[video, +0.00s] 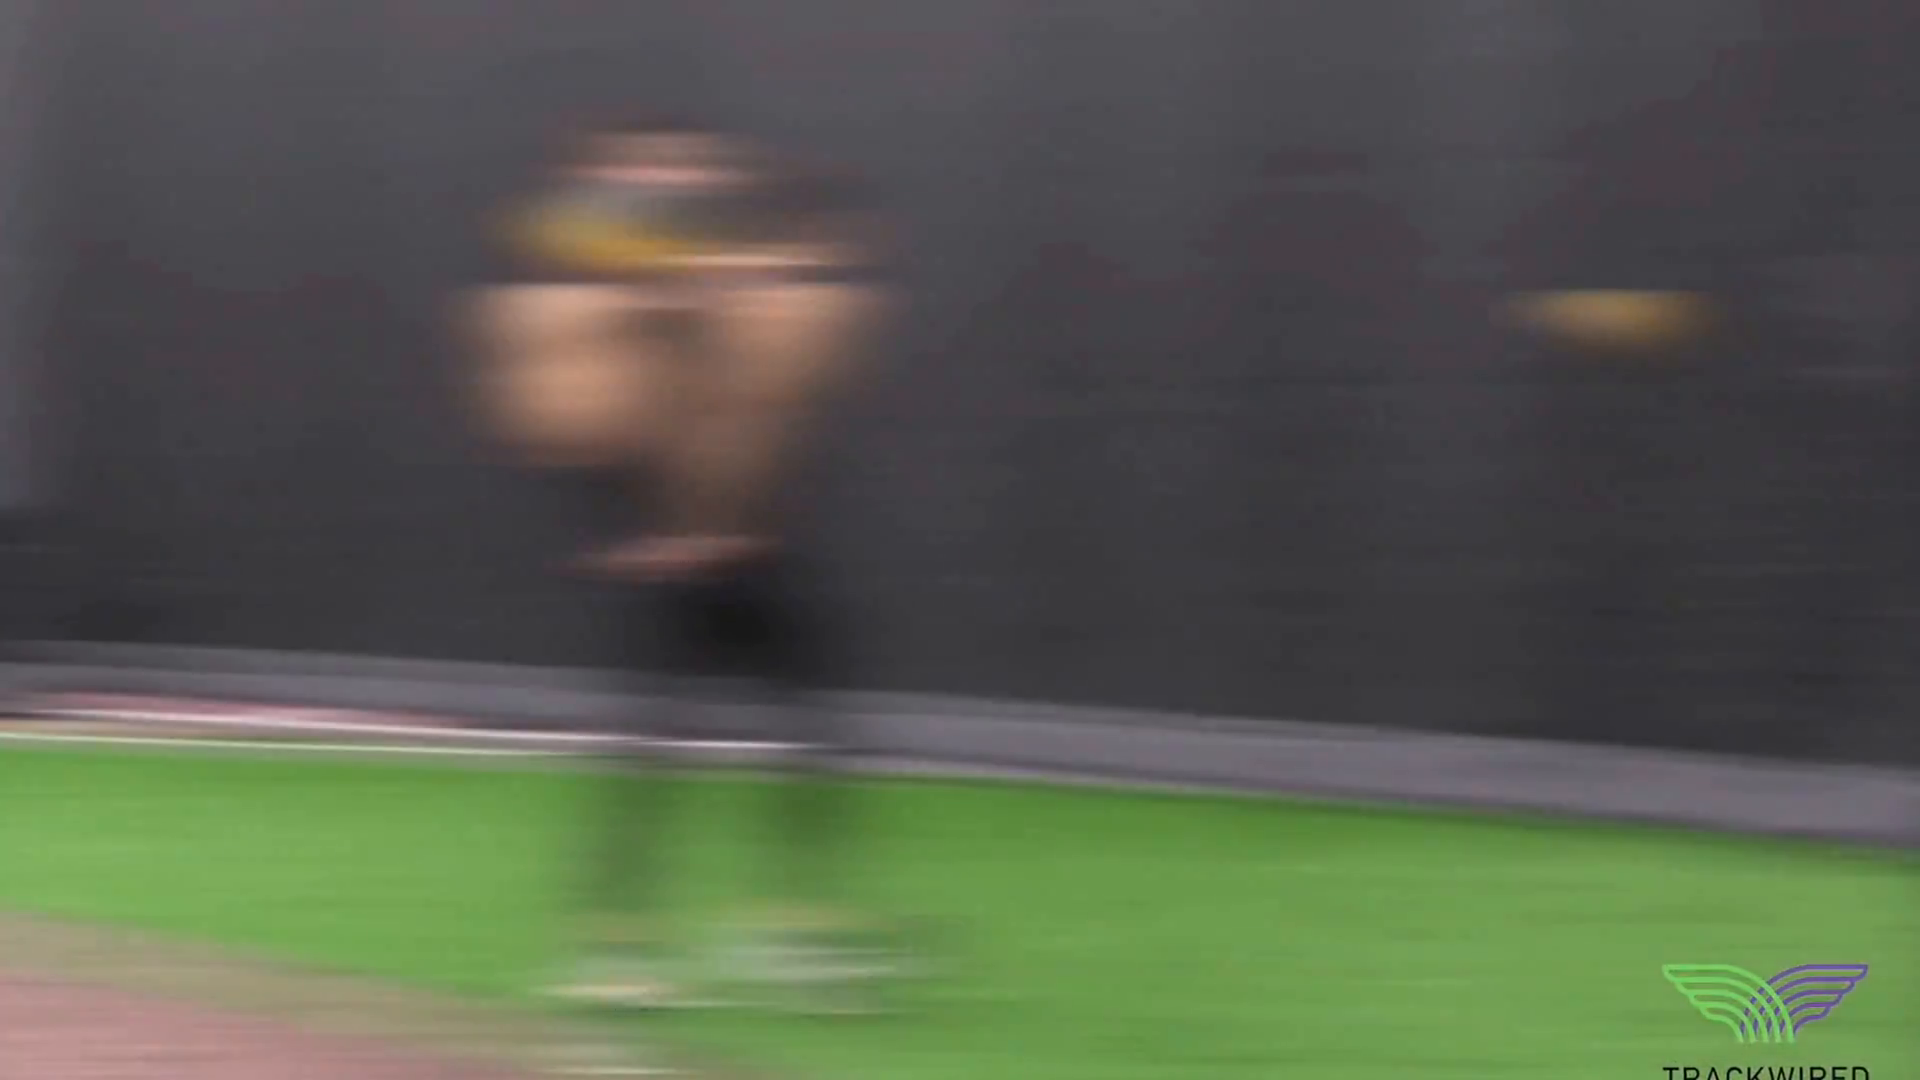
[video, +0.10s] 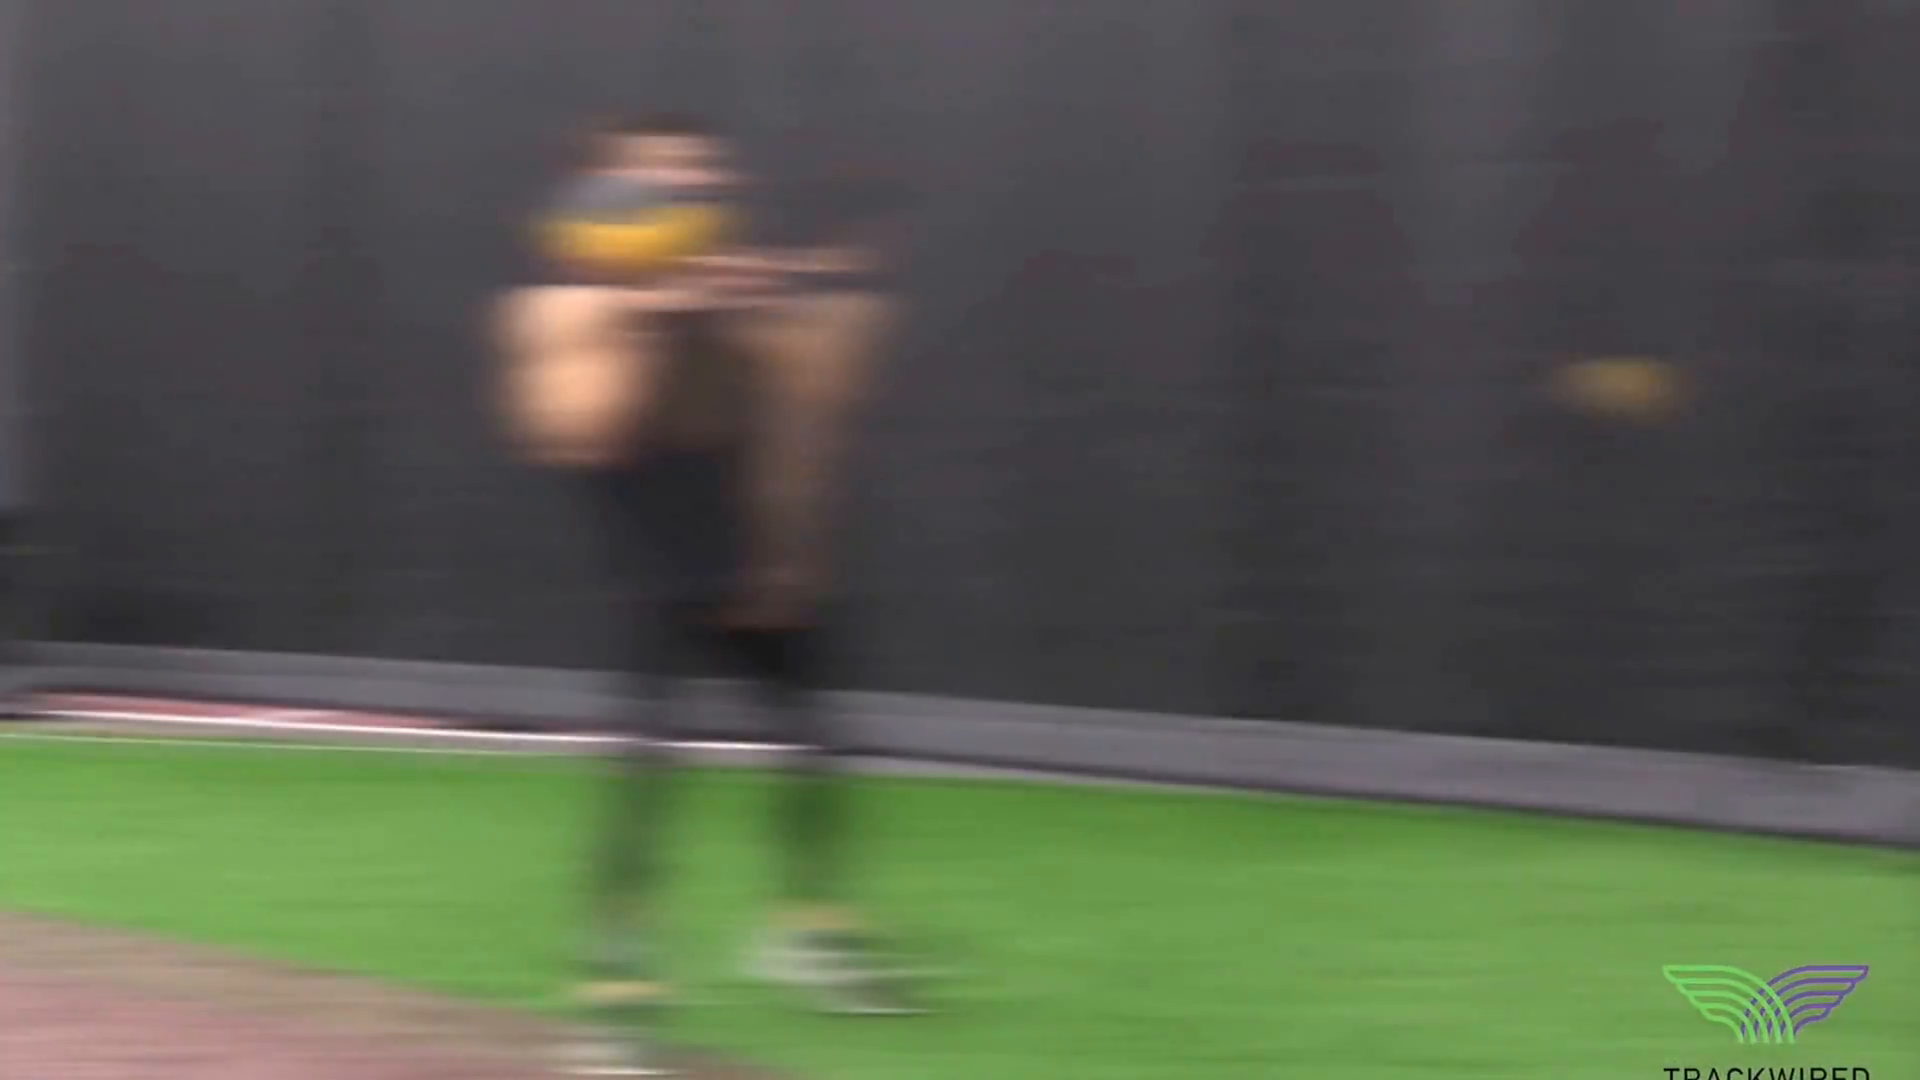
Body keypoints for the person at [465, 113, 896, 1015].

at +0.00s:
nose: (663, 208)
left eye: (686, 189)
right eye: (637, 192)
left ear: (724, 188)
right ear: (596, 196)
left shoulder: (767, 263)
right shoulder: (582, 277)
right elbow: (553, 407)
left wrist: (720, 513)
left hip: (755, 537)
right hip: (641, 535)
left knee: (812, 717)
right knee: (640, 733)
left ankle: (801, 915)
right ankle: (618, 930)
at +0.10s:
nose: (677, 219)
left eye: (696, 198)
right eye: (648, 201)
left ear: (728, 206)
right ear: (595, 211)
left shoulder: (761, 293)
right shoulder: (582, 301)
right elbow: (568, 419)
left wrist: (784, 570)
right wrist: (659, 304)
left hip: (753, 564)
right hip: (649, 572)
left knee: (805, 726)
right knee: (644, 746)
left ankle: (810, 920)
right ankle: (616, 952)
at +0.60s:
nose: (714, 193)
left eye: (725, 179)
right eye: (694, 181)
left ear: (746, 197)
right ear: (663, 207)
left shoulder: (793, 304)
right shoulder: (644, 307)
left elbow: (886, 399)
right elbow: (555, 386)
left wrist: (817, 311)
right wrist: (661, 306)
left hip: (799, 577)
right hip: (700, 582)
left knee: (832, 767)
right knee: (680, 779)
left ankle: (851, 954)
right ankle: (620, 997)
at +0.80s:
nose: (756, 193)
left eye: (766, 179)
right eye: (736, 183)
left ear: (784, 198)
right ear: (701, 208)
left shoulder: (820, 301)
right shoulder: (675, 300)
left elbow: (915, 412)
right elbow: (562, 352)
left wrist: (858, 326)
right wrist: (677, 303)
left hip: (816, 578)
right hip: (718, 576)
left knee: (842, 768)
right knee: (690, 775)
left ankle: (851, 958)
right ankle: (627, 990)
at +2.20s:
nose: (496, 302)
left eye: (500, 283)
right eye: (472, 292)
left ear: (511, 284)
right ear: (425, 310)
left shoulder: (559, 361)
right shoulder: (382, 371)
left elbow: (645, 481)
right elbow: (234, 391)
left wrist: (551, 447)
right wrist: (343, 411)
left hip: (565, 618)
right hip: (453, 622)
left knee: (646, 782)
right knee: (430, 792)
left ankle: (685, 957)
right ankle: (378, 1006)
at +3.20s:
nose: (416, 462)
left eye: (413, 444)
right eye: (394, 462)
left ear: (415, 425)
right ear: (341, 476)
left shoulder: (467, 485)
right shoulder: (294, 493)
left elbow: (559, 600)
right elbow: (140, 490)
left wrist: (451, 602)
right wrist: (244, 545)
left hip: (514, 648)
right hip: (401, 669)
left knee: (635, 778)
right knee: (401, 808)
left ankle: (698, 932)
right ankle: (375, 1017)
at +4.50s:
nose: (563, 209)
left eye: (548, 202)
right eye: (554, 204)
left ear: (478, 250)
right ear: (547, 224)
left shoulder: (469, 353)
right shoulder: (605, 269)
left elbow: (473, 449)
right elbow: (575, 286)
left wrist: (494, 324)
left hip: (578, 577)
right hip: (659, 563)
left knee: (622, 773)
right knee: (663, 770)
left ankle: (656, 963)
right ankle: (576, 945)